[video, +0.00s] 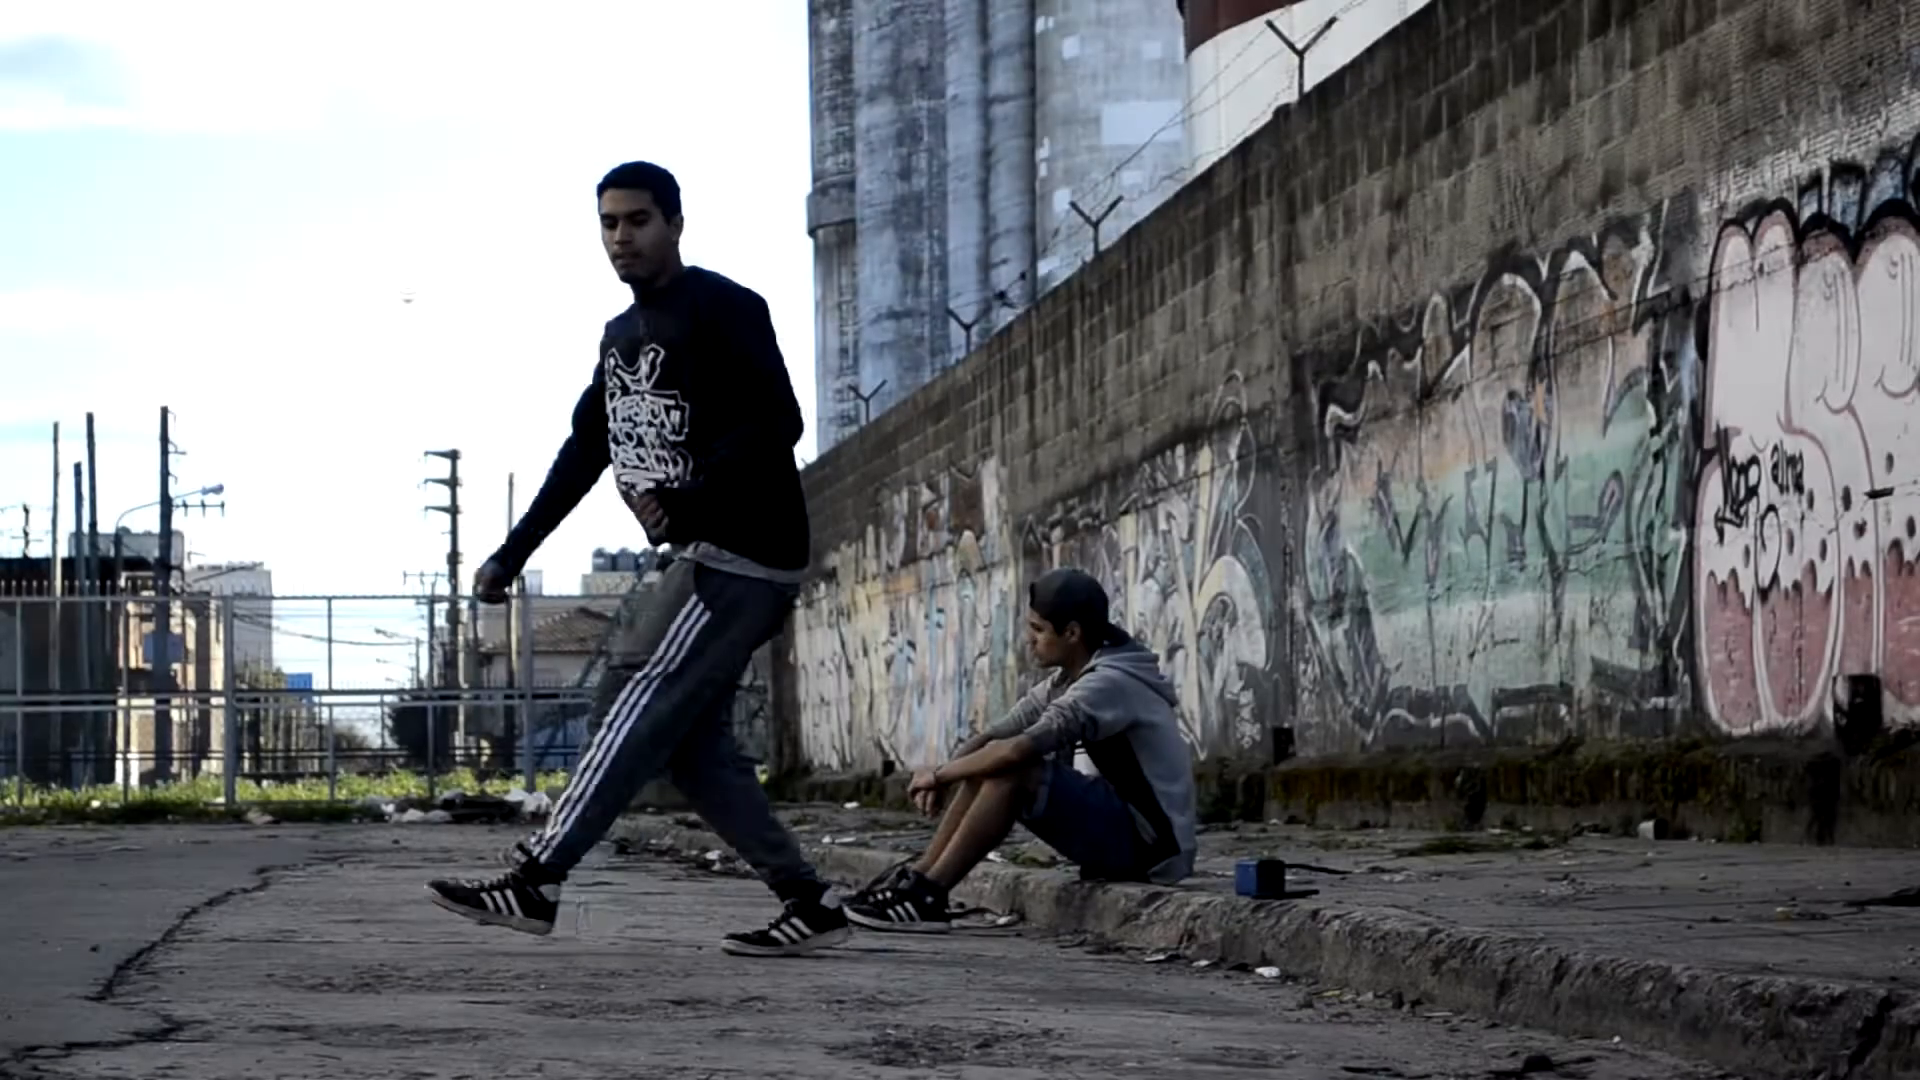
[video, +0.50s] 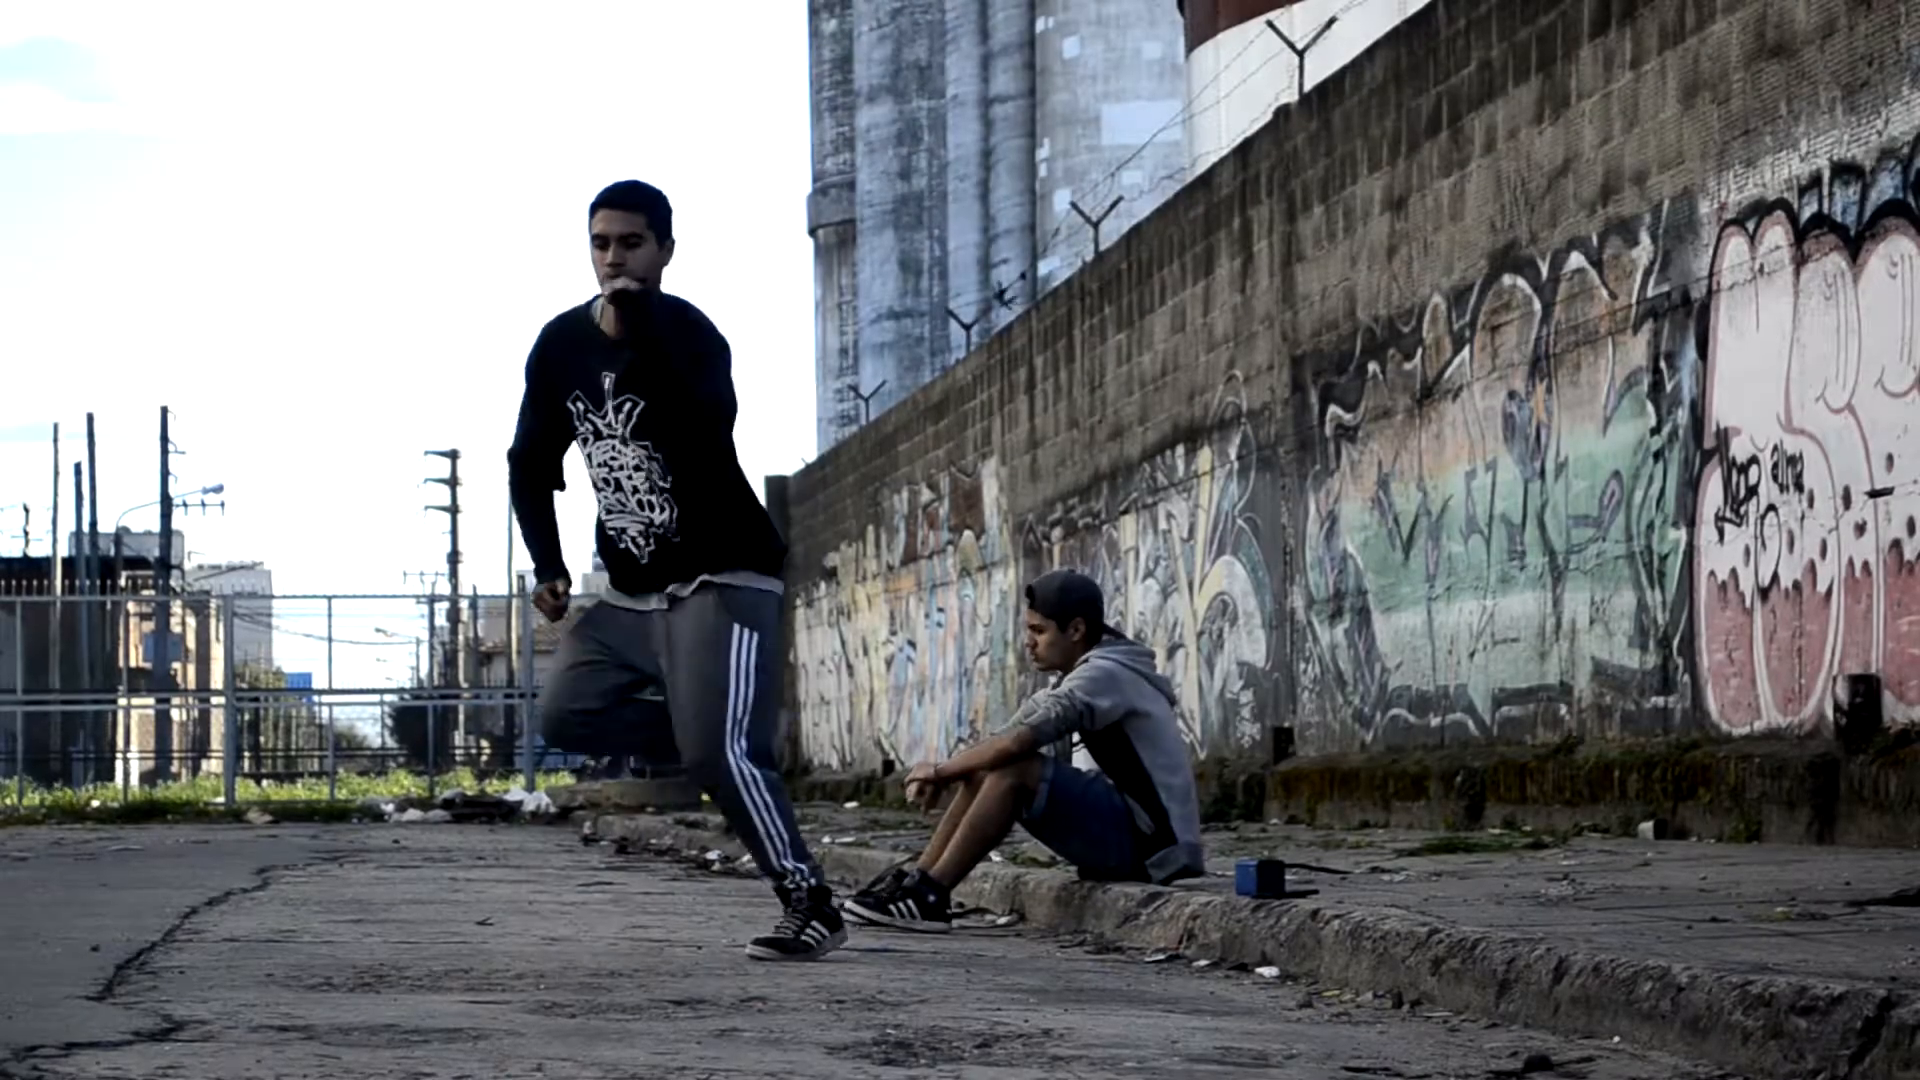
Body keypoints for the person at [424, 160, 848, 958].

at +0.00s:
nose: (621, 237)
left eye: (637, 220)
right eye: (610, 224)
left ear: (675, 225)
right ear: (602, 236)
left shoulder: (729, 310)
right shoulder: (622, 337)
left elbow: (780, 421)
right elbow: (587, 448)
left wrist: (686, 498)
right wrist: (514, 552)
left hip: (748, 559)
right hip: (701, 556)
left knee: (639, 712)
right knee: (698, 752)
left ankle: (535, 881)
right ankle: (810, 899)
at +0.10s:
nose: (615, 271)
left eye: (631, 253)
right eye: (604, 259)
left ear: (669, 259)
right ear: (598, 274)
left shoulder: (723, 339)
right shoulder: (634, 375)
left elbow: (809, 441)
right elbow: (621, 500)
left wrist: (721, 524)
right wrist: (576, 614)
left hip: (758, 575)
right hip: (721, 577)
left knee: (626, 679)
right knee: (703, 768)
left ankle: (592, 878)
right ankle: (811, 908)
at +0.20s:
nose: (612, 235)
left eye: (628, 217)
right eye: (599, 222)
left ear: (664, 222)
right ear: (590, 236)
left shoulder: (713, 294)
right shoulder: (618, 336)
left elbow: (818, 362)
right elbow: (632, 465)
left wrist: (719, 439)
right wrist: (629, 578)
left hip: (754, 536)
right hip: (704, 542)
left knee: (642, 675)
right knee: (735, 739)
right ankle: (815, 904)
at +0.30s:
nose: (630, 205)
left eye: (646, 188)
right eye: (617, 191)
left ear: (679, 190)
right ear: (604, 201)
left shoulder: (722, 258)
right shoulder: (596, 299)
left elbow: (812, 292)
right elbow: (623, 419)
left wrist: (713, 346)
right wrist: (636, 520)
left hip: (742, 529)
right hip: (668, 544)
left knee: (719, 711)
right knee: (704, 727)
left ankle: (796, 889)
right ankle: (891, 820)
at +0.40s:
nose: (647, 230)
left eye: (664, 215)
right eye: (635, 217)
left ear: (698, 224)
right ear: (622, 226)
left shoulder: (731, 308)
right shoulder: (586, 318)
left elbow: (778, 312)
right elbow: (574, 431)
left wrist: (663, 293)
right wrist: (601, 532)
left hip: (730, 560)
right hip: (645, 571)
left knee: (741, 740)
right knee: (707, 756)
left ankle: (816, 905)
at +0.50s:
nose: (613, 257)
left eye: (630, 242)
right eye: (601, 244)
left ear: (664, 250)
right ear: (588, 252)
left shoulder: (691, 337)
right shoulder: (563, 343)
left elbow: (703, 427)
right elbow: (531, 464)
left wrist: (636, 324)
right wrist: (548, 566)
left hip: (722, 577)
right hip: (627, 588)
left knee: (719, 751)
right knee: (565, 717)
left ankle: (811, 906)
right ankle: (709, 737)